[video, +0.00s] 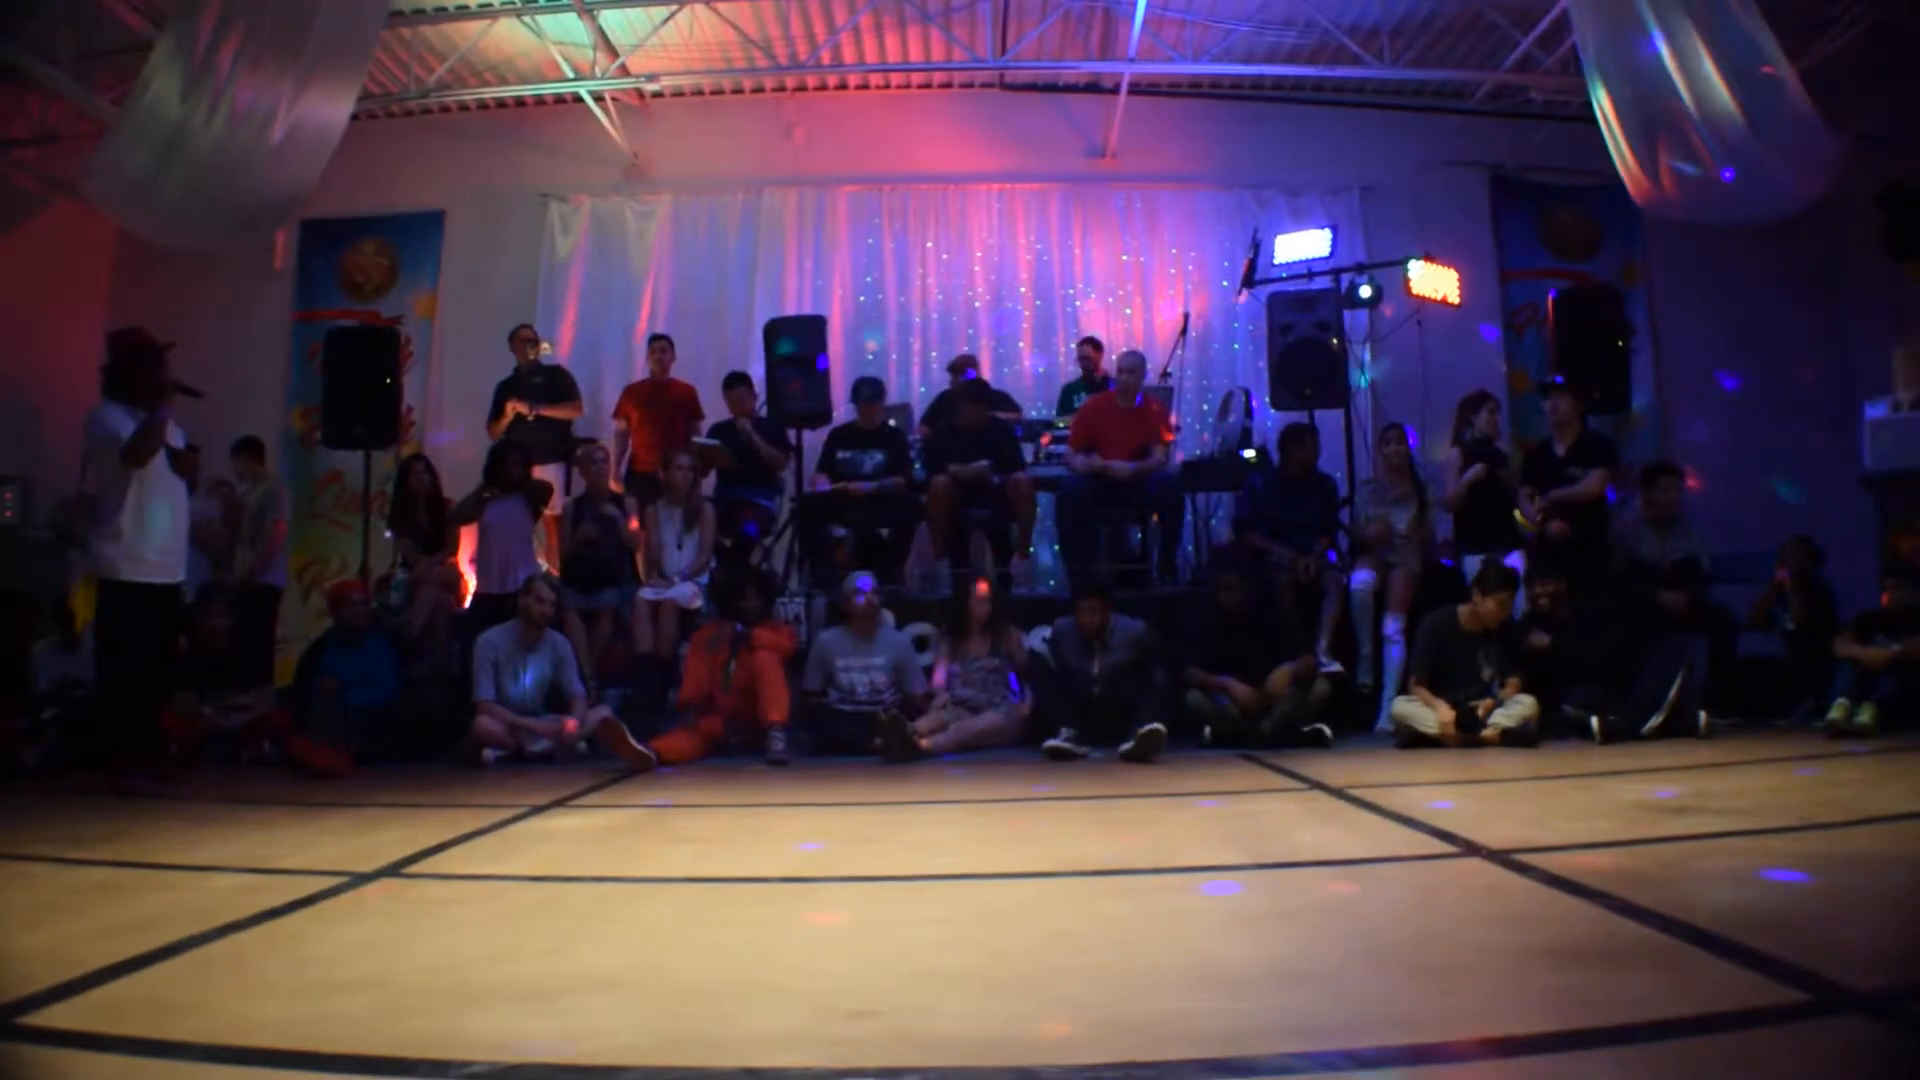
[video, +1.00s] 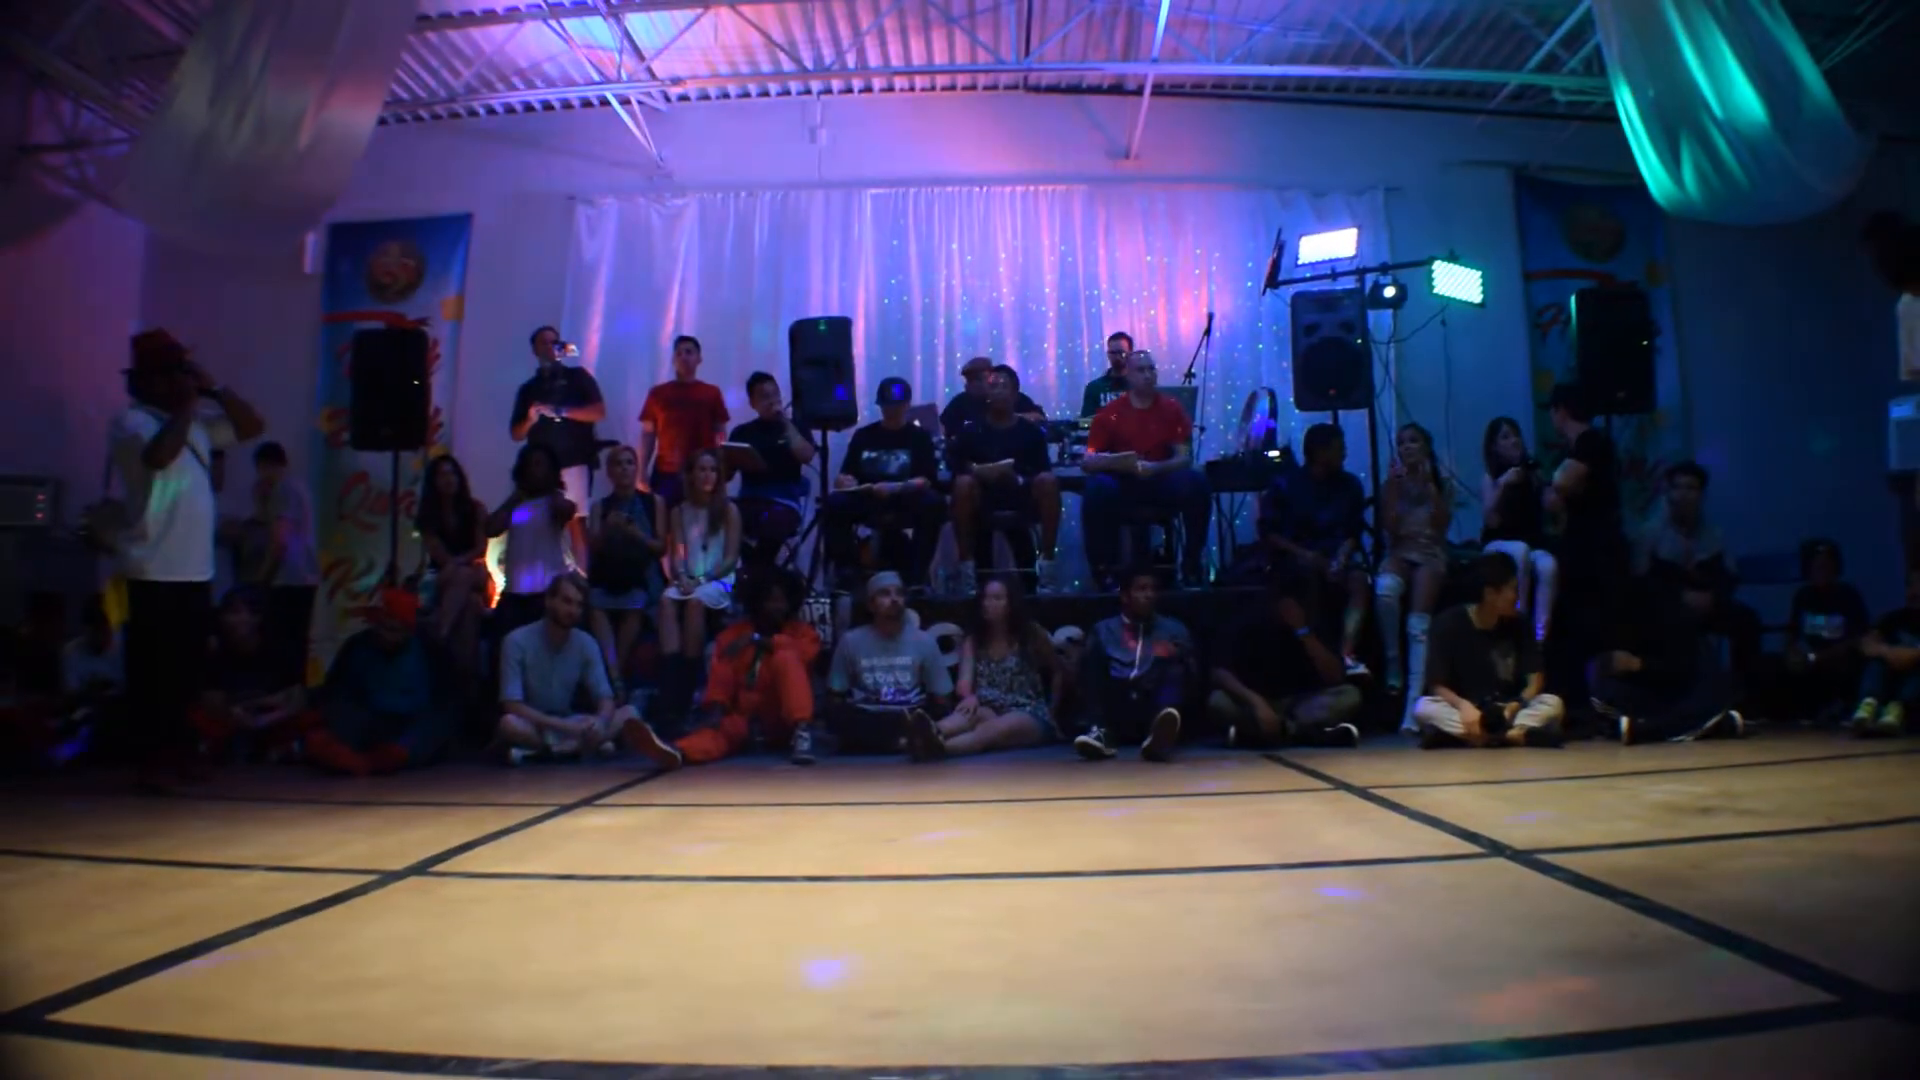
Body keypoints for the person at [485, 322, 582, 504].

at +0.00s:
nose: (529, 346)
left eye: (533, 341)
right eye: (523, 341)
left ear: (539, 345)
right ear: (512, 347)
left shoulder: (557, 374)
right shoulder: (506, 386)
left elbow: (576, 409)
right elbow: (494, 432)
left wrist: (538, 410)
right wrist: (508, 414)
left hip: (552, 460)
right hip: (517, 462)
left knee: (552, 519)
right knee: (520, 520)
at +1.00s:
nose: (551, 347)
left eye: (554, 342)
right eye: (544, 344)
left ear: (562, 346)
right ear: (535, 350)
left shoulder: (579, 376)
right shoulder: (528, 388)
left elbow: (598, 412)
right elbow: (516, 434)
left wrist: (561, 412)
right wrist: (530, 421)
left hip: (575, 459)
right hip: (541, 462)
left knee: (577, 521)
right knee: (542, 520)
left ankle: (582, 576)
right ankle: (544, 577)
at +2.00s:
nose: (549, 352)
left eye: (552, 346)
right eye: (543, 348)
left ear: (560, 350)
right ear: (533, 353)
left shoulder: (577, 380)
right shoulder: (526, 391)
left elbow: (594, 415)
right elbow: (514, 436)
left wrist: (558, 414)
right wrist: (527, 421)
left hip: (571, 463)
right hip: (538, 465)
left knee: (573, 523)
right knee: (538, 522)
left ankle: (575, 576)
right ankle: (540, 579)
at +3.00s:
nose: (545, 352)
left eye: (549, 346)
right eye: (539, 348)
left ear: (557, 349)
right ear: (532, 354)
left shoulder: (576, 379)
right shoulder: (525, 390)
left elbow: (593, 415)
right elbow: (513, 435)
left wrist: (556, 413)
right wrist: (523, 421)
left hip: (569, 465)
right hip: (536, 467)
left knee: (570, 525)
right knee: (536, 525)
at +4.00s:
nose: (550, 351)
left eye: (554, 347)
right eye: (544, 347)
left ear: (560, 351)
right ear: (534, 352)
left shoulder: (576, 380)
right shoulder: (526, 390)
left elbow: (594, 415)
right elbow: (512, 435)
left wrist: (557, 414)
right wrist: (526, 421)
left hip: (570, 464)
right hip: (537, 466)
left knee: (569, 525)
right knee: (535, 524)